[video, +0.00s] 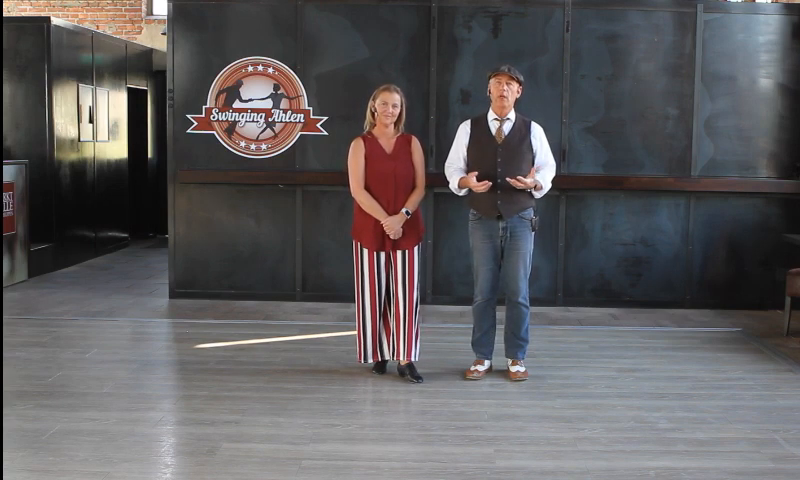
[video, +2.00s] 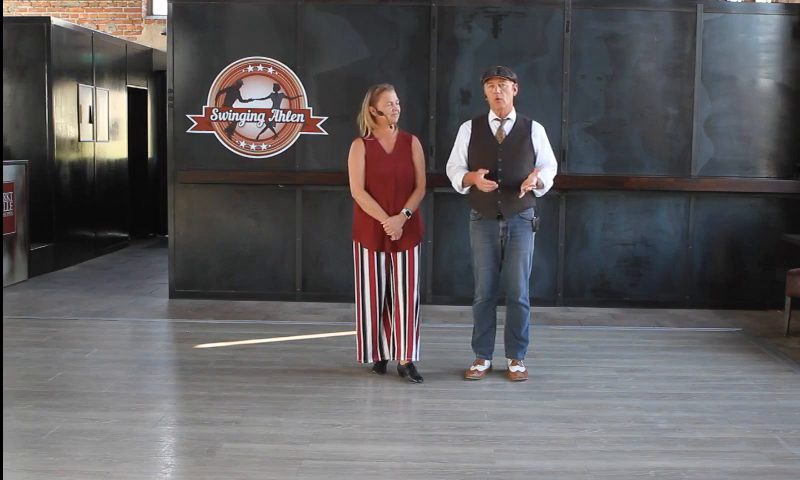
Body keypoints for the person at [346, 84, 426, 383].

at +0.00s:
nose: (389, 110)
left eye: (394, 105)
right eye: (384, 104)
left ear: (400, 110)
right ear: (374, 107)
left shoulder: (412, 143)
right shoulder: (360, 144)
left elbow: (420, 187)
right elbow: (357, 190)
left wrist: (401, 216)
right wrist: (389, 220)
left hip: (406, 230)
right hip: (371, 231)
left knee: (406, 295)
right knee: (374, 295)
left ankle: (406, 359)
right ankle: (379, 356)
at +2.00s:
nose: (396, 108)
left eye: (397, 103)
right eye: (389, 104)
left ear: (399, 107)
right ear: (373, 110)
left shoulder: (412, 143)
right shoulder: (360, 145)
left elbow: (421, 187)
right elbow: (357, 191)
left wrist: (402, 216)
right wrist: (388, 220)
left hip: (406, 230)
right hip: (371, 231)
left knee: (407, 295)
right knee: (374, 295)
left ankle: (406, 359)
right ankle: (378, 355)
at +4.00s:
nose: (392, 106)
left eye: (393, 102)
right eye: (385, 103)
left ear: (398, 106)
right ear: (370, 110)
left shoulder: (411, 142)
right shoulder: (360, 146)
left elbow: (421, 186)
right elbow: (357, 191)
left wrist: (403, 216)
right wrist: (389, 221)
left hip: (406, 230)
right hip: (371, 232)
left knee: (406, 296)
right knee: (374, 295)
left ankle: (406, 359)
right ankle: (379, 355)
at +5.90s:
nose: (397, 105)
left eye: (400, 100)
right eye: (391, 100)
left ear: (406, 104)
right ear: (379, 106)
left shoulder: (420, 140)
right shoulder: (367, 143)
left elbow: (428, 184)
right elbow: (362, 188)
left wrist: (406, 214)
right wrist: (391, 220)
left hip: (413, 227)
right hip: (377, 228)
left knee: (408, 294)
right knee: (379, 293)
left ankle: (398, 354)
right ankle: (379, 354)